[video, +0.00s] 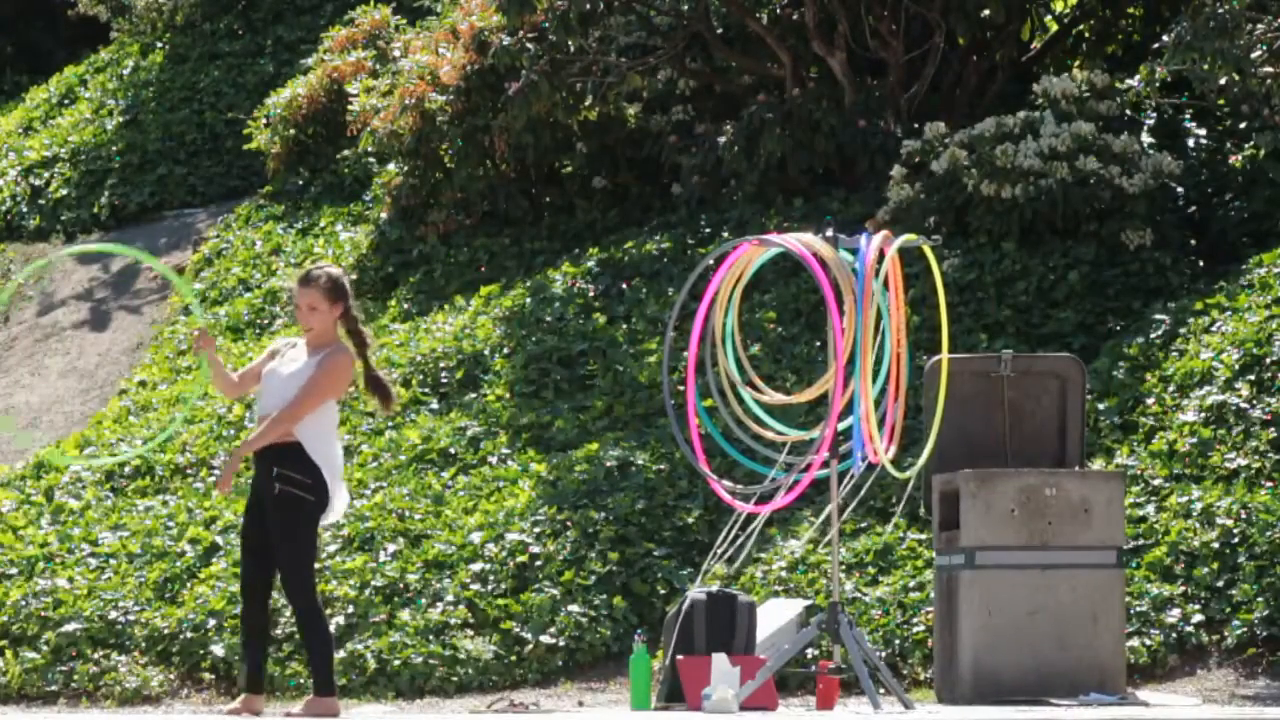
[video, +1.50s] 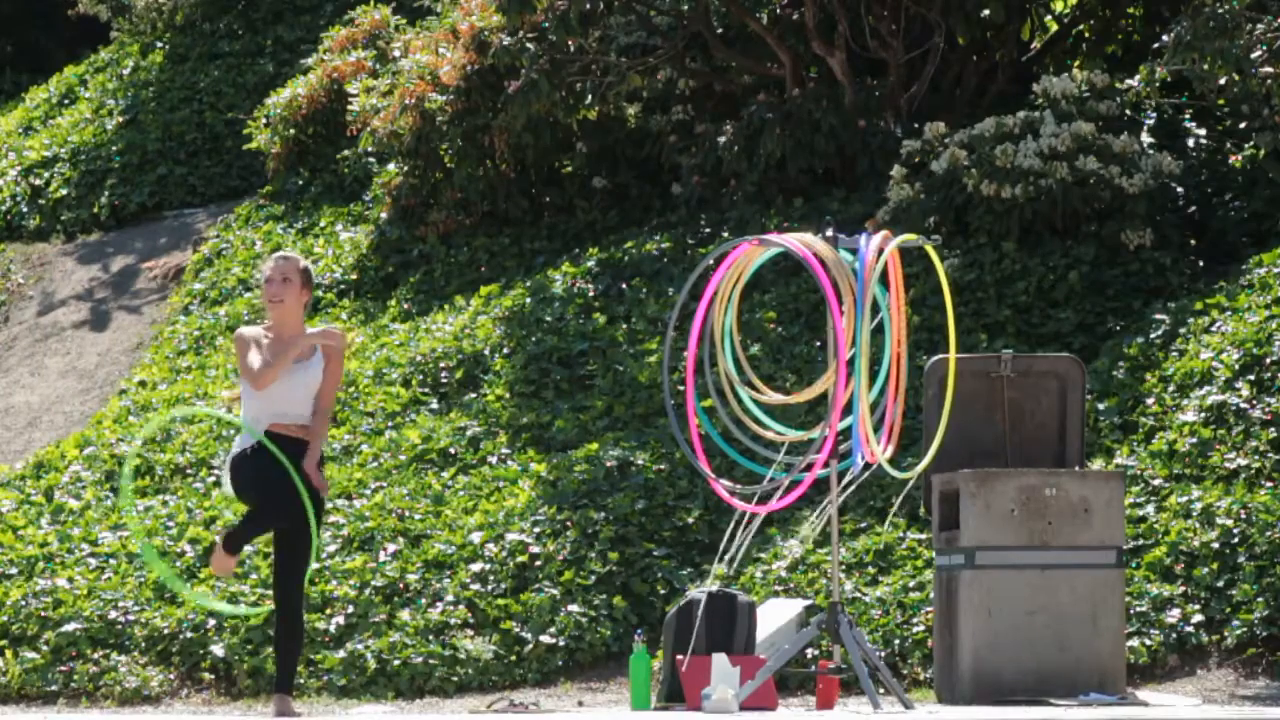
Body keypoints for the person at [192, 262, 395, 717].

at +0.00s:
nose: (302, 315)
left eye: (312, 308)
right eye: (298, 306)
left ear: (337, 309)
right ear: (293, 306)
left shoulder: (339, 359)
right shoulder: (285, 349)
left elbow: (290, 417)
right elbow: (233, 387)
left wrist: (239, 453)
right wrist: (209, 354)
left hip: (299, 474)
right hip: (268, 471)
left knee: (300, 588)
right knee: (254, 587)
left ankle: (325, 696)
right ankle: (252, 696)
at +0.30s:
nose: (284, 306)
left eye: (296, 301)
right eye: (281, 297)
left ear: (317, 310)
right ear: (274, 301)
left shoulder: (316, 354)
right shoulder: (260, 349)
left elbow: (272, 416)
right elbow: (223, 382)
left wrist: (214, 450)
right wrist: (234, 329)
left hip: (286, 476)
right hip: (249, 474)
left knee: (294, 588)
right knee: (248, 591)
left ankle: (324, 693)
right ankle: (247, 696)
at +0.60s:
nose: (268, 293)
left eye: (280, 287)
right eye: (264, 285)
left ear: (298, 299)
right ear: (256, 292)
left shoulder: (303, 347)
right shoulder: (240, 345)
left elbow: (264, 409)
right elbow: (217, 381)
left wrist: (204, 442)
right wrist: (221, 322)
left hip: (288, 474)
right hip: (245, 474)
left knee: (286, 585)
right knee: (245, 589)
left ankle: (299, 694)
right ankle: (248, 696)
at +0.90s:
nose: (261, 282)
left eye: (272, 277)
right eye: (256, 277)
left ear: (291, 292)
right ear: (248, 291)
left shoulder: (310, 337)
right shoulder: (232, 341)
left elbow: (286, 404)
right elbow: (248, 367)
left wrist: (221, 420)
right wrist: (287, 337)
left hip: (294, 468)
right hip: (246, 468)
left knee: (282, 585)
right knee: (241, 585)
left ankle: (283, 695)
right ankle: (247, 694)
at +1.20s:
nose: (262, 286)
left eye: (273, 280)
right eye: (257, 280)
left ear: (295, 293)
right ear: (249, 292)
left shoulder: (321, 344)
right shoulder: (241, 343)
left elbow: (308, 409)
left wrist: (250, 424)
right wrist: (326, 346)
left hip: (302, 462)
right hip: (251, 461)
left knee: (290, 584)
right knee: (231, 568)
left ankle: (285, 695)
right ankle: (233, 647)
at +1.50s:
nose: (273, 288)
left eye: (284, 281)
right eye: (269, 281)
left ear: (305, 291)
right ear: (262, 289)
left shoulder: (329, 340)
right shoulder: (249, 336)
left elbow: (324, 407)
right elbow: (260, 379)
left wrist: (312, 456)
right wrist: (296, 336)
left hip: (303, 455)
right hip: (256, 449)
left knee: (289, 584)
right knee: (283, 504)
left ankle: (283, 693)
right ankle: (230, 544)